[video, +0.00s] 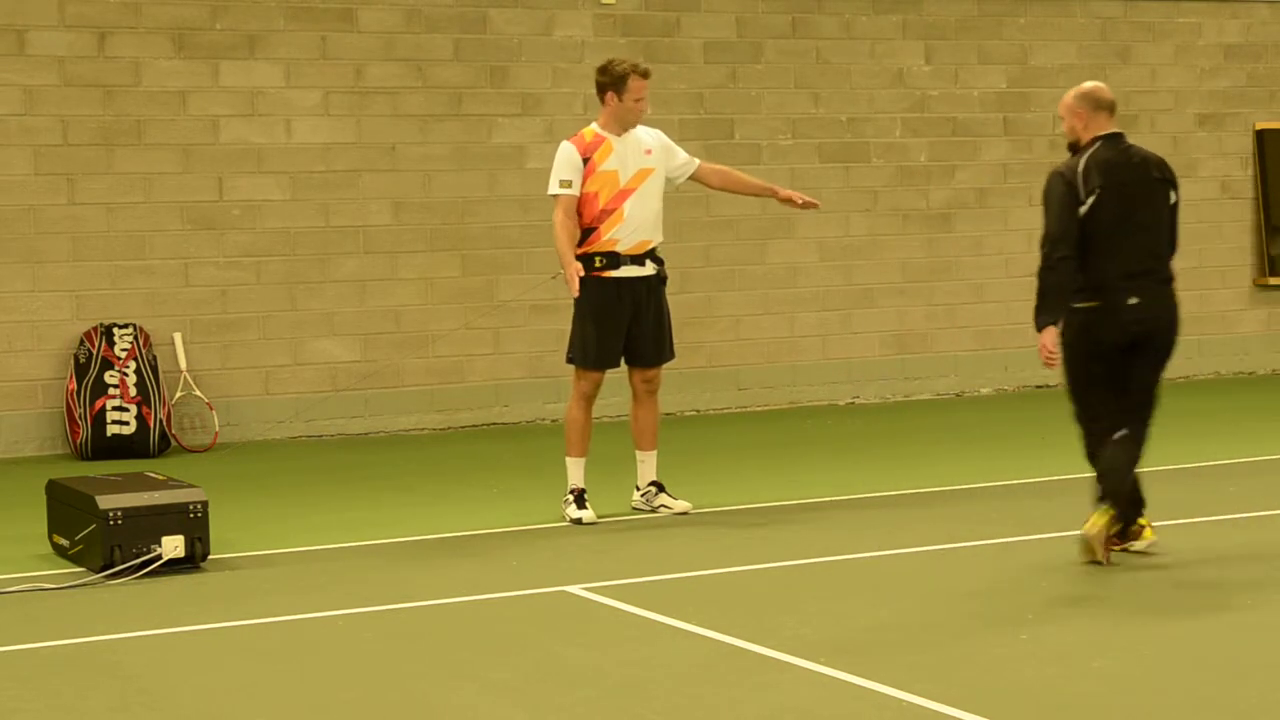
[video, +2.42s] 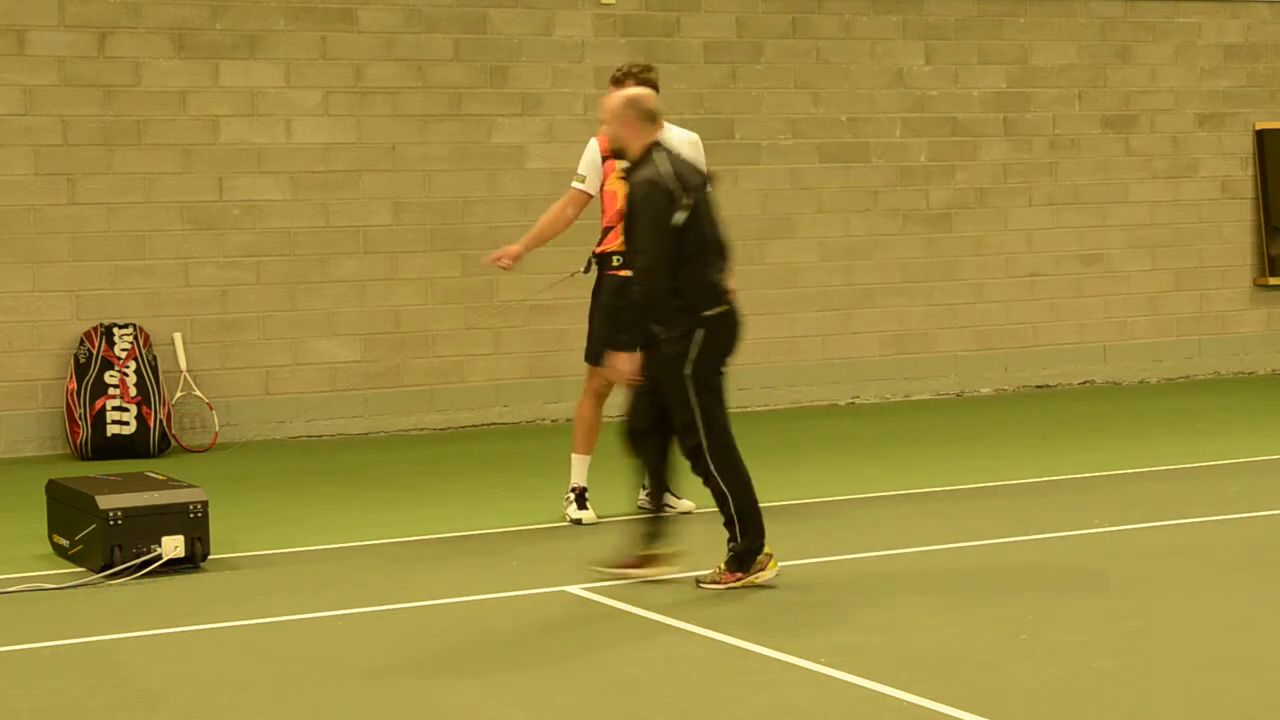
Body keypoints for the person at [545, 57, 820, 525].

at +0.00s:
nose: (644, 108)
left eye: (646, 100)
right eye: (637, 100)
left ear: (642, 99)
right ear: (609, 99)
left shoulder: (654, 142)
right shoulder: (576, 149)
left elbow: (711, 173)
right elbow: (564, 215)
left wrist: (776, 191)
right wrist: (569, 266)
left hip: (647, 281)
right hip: (598, 282)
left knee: (647, 383)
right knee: (586, 387)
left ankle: (647, 488)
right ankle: (576, 493)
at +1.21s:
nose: (620, 113)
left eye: (626, 105)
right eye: (611, 105)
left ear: (634, 101)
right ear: (594, 101)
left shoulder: (651, 143)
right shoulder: (574, 151)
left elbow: (686, 197)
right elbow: (556, 214)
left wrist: (733, 239)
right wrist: (553, 263)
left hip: (645, 280)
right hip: (597, 282)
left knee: (645, 384)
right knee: (586, 387)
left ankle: (647, 487)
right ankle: (575, 493)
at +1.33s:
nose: (617, 113)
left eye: (623, 105)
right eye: (609, 105)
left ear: (631, 101)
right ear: (591, 101)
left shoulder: (649, 142)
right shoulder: (572, 151)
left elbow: (663, 207)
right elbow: (553, 213)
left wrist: (680, 262)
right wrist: (543, 263)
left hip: (646, 279)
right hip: (598, 282)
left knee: (646, 383)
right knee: (586, 387)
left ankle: (647, 487)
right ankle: (576, 492)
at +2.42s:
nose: (617, 110)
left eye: (625, 102)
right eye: (614, 101)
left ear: (645, 102)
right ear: (611, 101)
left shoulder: (683, 143)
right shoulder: (603, 146)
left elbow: (703, 218)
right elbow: (571, 205)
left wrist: (719, 274)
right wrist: (523, 245)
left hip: (668, 278)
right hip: (617, 277)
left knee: (662, 384)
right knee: (598, 383)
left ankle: (656, 487)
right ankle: (577, 489)